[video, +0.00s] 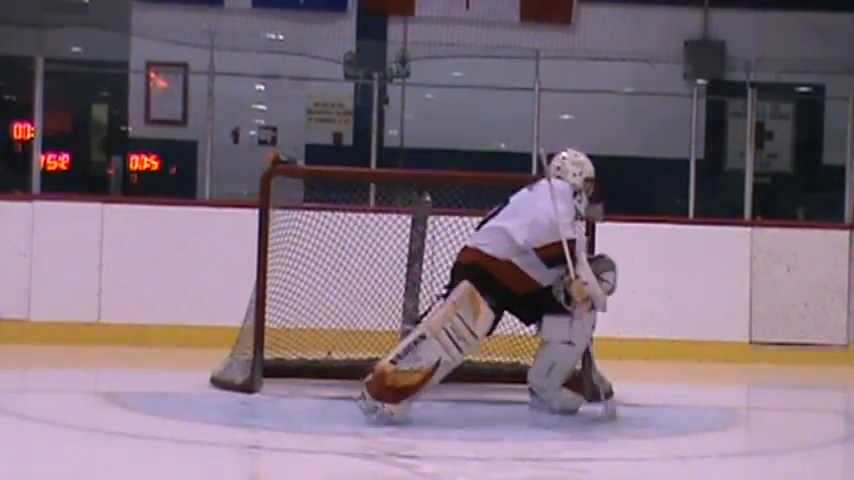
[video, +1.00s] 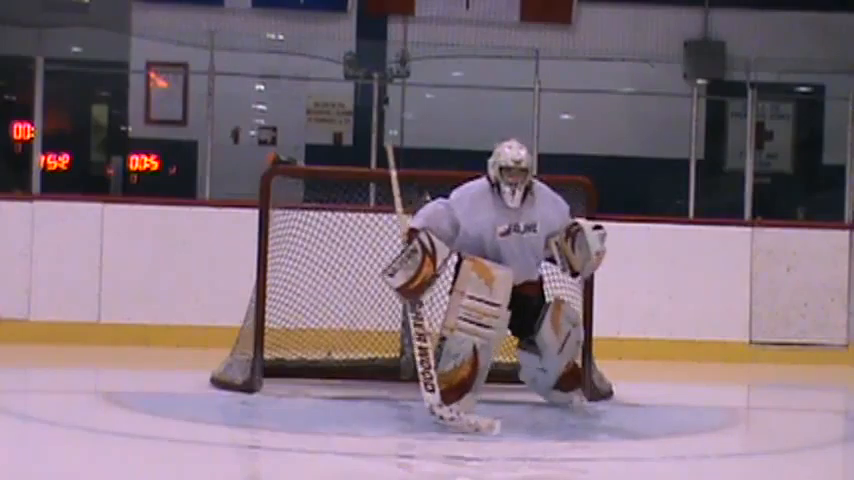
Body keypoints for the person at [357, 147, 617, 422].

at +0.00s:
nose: (587, 190)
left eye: (588, 184)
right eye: (585, 183)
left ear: (558, 173)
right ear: (575, 177)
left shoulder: (566, 206)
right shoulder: (553, 189)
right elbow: (550, 240)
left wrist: (590, 371)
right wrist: (576, 276)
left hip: (523, 279)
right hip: (489, 265)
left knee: (574, 314)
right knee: (456, 329)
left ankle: (546, 388)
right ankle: (384, 392)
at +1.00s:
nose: (514, 181)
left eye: (520, 175)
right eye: (508, 174)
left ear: (530, 175)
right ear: (494, 172)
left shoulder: (546, 203)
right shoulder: (470, 199)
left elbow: (559, 245)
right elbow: (433, 224)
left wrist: (580, 246)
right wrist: (420, 253)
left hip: (526, 285)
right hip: (478, 284)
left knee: (547, 338)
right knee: (468, 339)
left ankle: (556, 387)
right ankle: (451, 399)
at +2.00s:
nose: (433, 140)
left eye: (439, 132)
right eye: (429, 133)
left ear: (461, 131)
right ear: (426, 131)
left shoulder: (492, 164)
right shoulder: (415, 168)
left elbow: (533, 210)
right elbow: (389, 220)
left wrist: (518, 229)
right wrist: (359, 252)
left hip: (494, 266)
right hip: (436, 268)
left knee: (490, 340)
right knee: (410, 333)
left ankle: (525, 412)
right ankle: (395, 406)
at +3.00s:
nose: (268, 143)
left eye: (273, 138)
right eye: (267, 137)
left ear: (292, 137)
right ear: (267, 136)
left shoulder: (325, 165)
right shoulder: (266, 169)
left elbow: (357, 206)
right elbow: (254, 218)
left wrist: (343, 234)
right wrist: (235, 249)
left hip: (333, 256)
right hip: (285, 257)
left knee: (311, 316)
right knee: (263, 310)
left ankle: (353, 385)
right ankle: (255, 377)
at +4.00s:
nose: (452, 140)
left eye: (459, 134)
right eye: (445, 133)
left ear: (472, 137)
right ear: (434, 135)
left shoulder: (494, 176)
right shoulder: (403, 169)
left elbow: (521, 242)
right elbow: (369, 221)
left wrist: (513, 236)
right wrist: (348, 267)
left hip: (466, 271)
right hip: (407, 265)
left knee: (472, 344)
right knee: (379, 339)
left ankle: (500, 418)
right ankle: (349, 410)